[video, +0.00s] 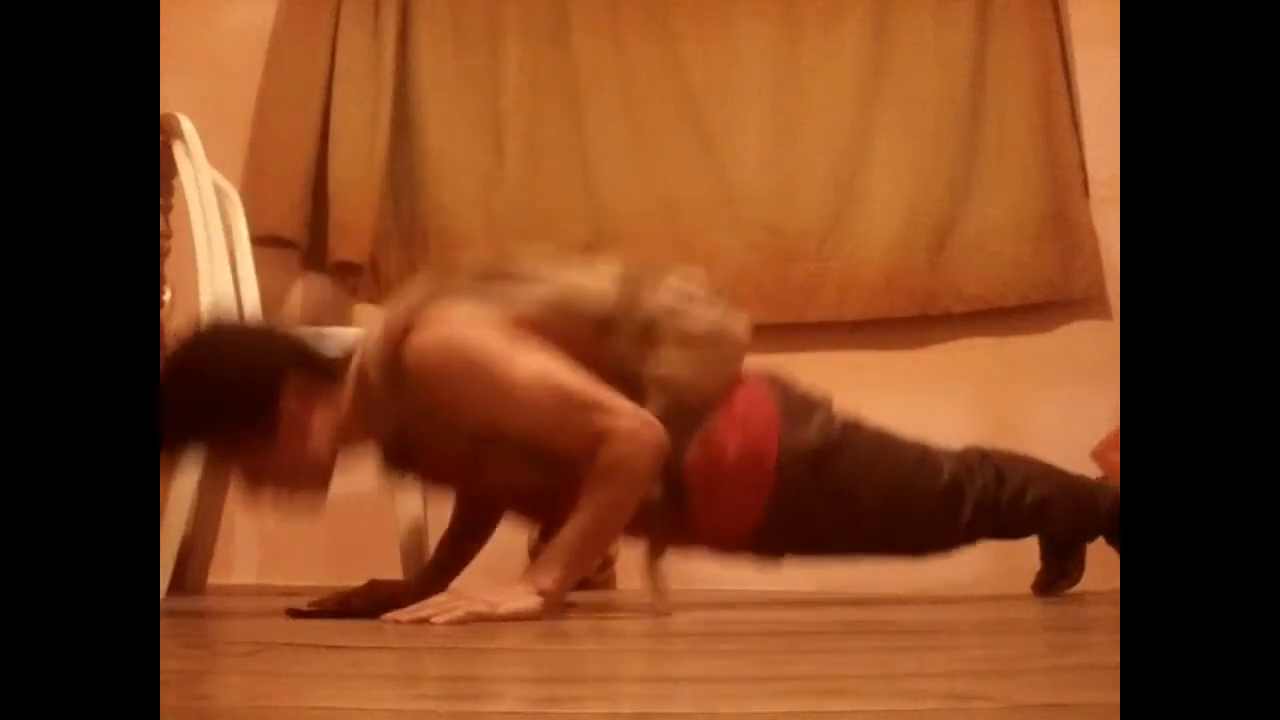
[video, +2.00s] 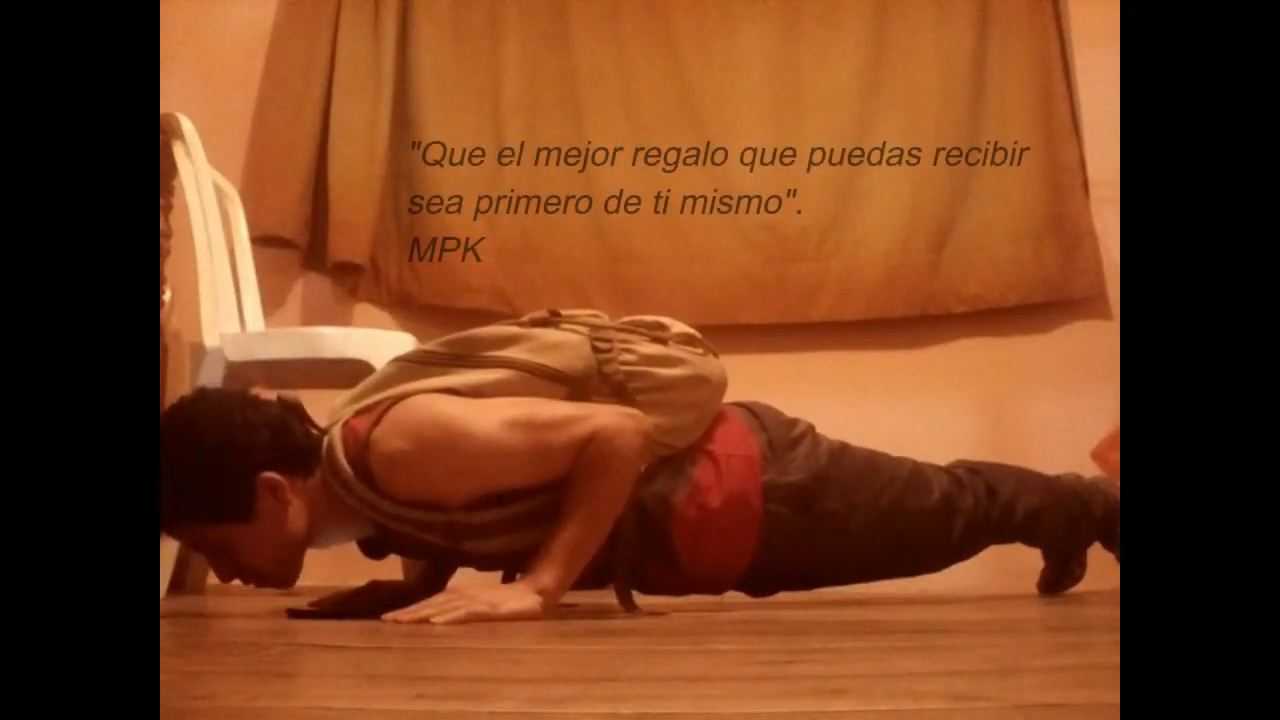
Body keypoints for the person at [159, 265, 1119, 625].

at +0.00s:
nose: (264, 480)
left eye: (253, 455)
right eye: (244, 468)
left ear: (291, 403)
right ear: (291, 404)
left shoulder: (435, 355)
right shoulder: (395, 395)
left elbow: (627, 441)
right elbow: (493, 478)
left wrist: (555, 579)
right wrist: (414, 580)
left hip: (755, 450)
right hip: (725, 481)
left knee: (955, 488)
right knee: (929, 503)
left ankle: (1099, 503)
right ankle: (1062, 516)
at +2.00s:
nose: (217, 570)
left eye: (216, 545)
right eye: (200, 553)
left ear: (276, 491)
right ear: (270, 484)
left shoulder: (405, 450)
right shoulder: (357, 456)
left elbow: (616, 440)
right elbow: (474, 534)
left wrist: (538, 588)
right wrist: (385, 588)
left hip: (739, 494)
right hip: (713, 494)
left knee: (948, 508)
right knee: (926, 505)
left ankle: (1096, 506)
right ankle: (1077, 507)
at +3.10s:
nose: (223, 574)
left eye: (217, 550)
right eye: (204, 560)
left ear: (273, 492)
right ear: (268, 482)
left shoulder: (403, 449)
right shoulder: (356, 458)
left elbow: (615, 439)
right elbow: (459, 544)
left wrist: (538, 588)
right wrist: (386, 587)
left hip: (740, 496)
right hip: (713, 496)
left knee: (946, 509)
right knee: (924, 506)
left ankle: (1096, 505)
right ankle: (1072, 507)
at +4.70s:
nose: (225, 571)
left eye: (220, 547)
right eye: (208, 558)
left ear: (275, 488)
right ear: (271, 480)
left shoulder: (405, 447)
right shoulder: (356, 456)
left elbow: (617, 437)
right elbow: (457, 535)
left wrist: (540, 588)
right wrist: (393, 585)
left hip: (738, 491)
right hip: (712, 494)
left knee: (943, 509)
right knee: (923, 504)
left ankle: (1092, 504)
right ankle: (1076, 504)